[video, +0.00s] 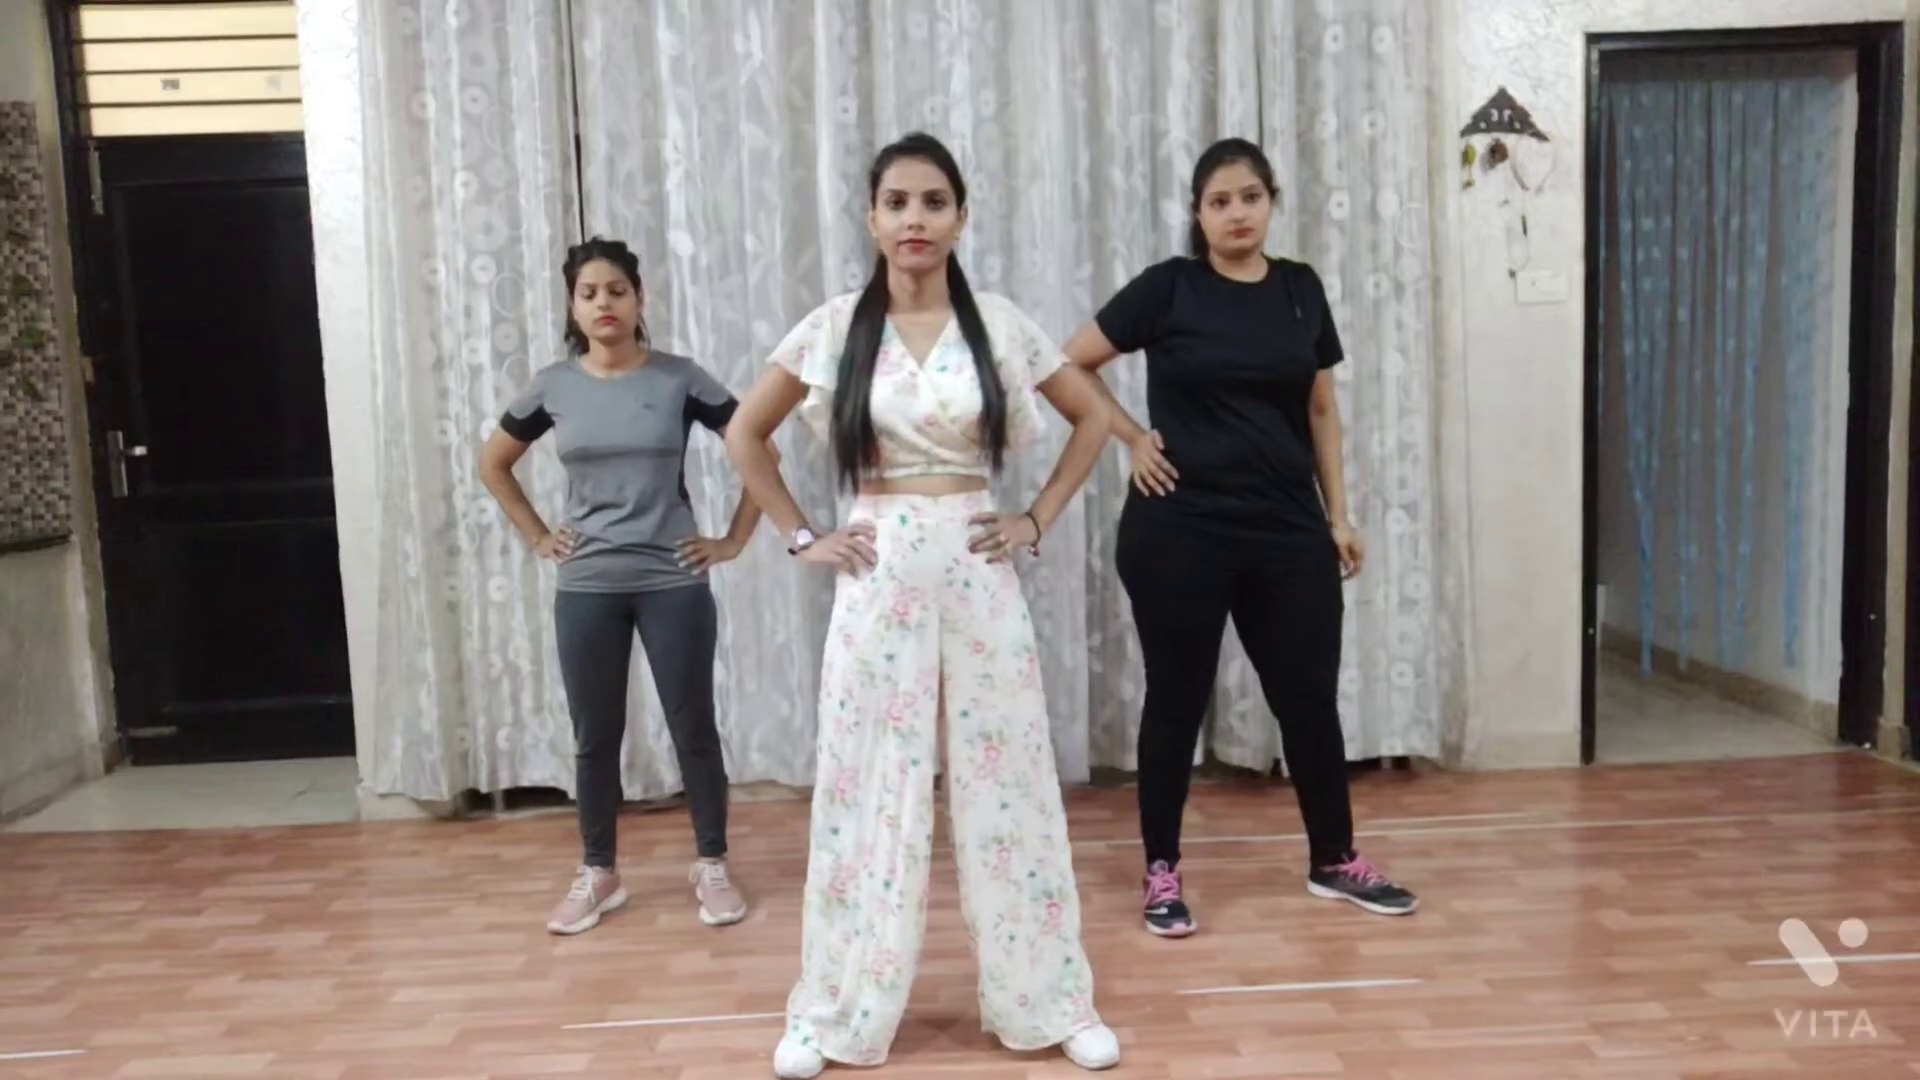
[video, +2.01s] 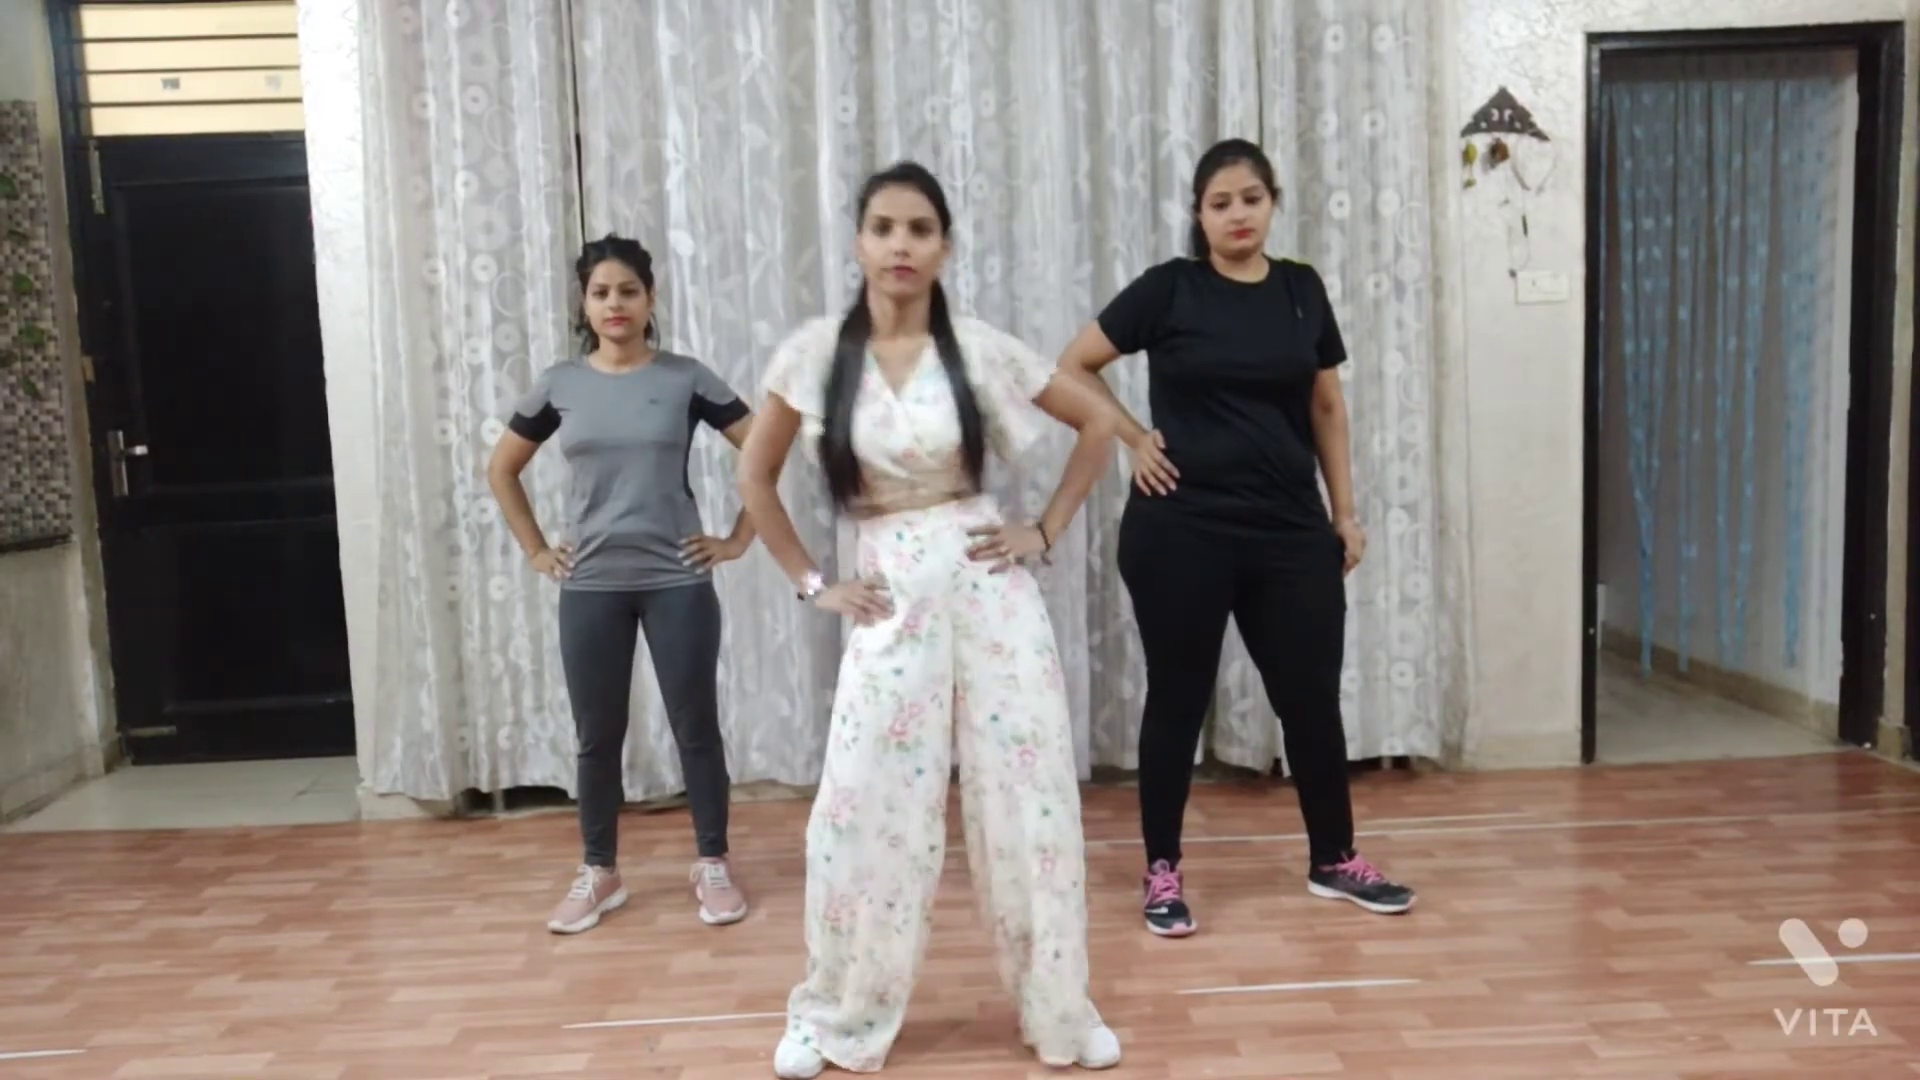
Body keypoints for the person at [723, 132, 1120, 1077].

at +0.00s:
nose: (914, 221)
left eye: (933, 203)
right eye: (897, 203)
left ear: (959, 216)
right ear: (872, 217)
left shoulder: (997, 326)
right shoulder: (834, 328)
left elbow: (1098, 420)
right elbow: (743, 435)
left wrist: (1035, 519)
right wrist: (806, 535)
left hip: (982, 579)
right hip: (880, 582)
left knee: (1008, 789)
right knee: (863, 793)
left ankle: (1047, 1000)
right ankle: (832, 1013)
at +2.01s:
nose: (900, 247)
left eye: (919, 230)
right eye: (883, 229)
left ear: (945, 247)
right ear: (857, 243)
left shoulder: (981, 350)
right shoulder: (815, 355)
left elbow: (1102, 424)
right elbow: (754, 477)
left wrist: (1045, 531)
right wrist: (817, 585)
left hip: (996, 593)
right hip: (890, 603)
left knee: (1031, 797)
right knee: (856, 807)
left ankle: (1061, 1012)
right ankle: (835, 1016)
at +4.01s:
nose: (929, 317)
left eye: (948, 301)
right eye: (912, 300)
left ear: (974, 314)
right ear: (890, 313)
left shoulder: (1004, 405)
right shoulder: (850, 413)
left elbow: (1115, 489)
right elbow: (755, 535)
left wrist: (1055, 597)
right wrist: (818, 642)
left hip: (997, 656)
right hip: (888, 664)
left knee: (1061, 846)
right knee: (838, 856)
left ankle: (1075, 1027)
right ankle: (816, 1036)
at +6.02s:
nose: (926, 310)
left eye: (944, 294)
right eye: (909, 294)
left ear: (971, 311)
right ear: (885, 311)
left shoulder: (1004, 405)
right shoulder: (843, 412)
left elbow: (1114, 492)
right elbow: (755, 529)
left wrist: (1063, 602)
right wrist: (812, 640)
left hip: (999, 647)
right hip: (888, 655)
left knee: (1068, 849)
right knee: (829, 854)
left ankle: (1076, 1021)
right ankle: (819, 1022)